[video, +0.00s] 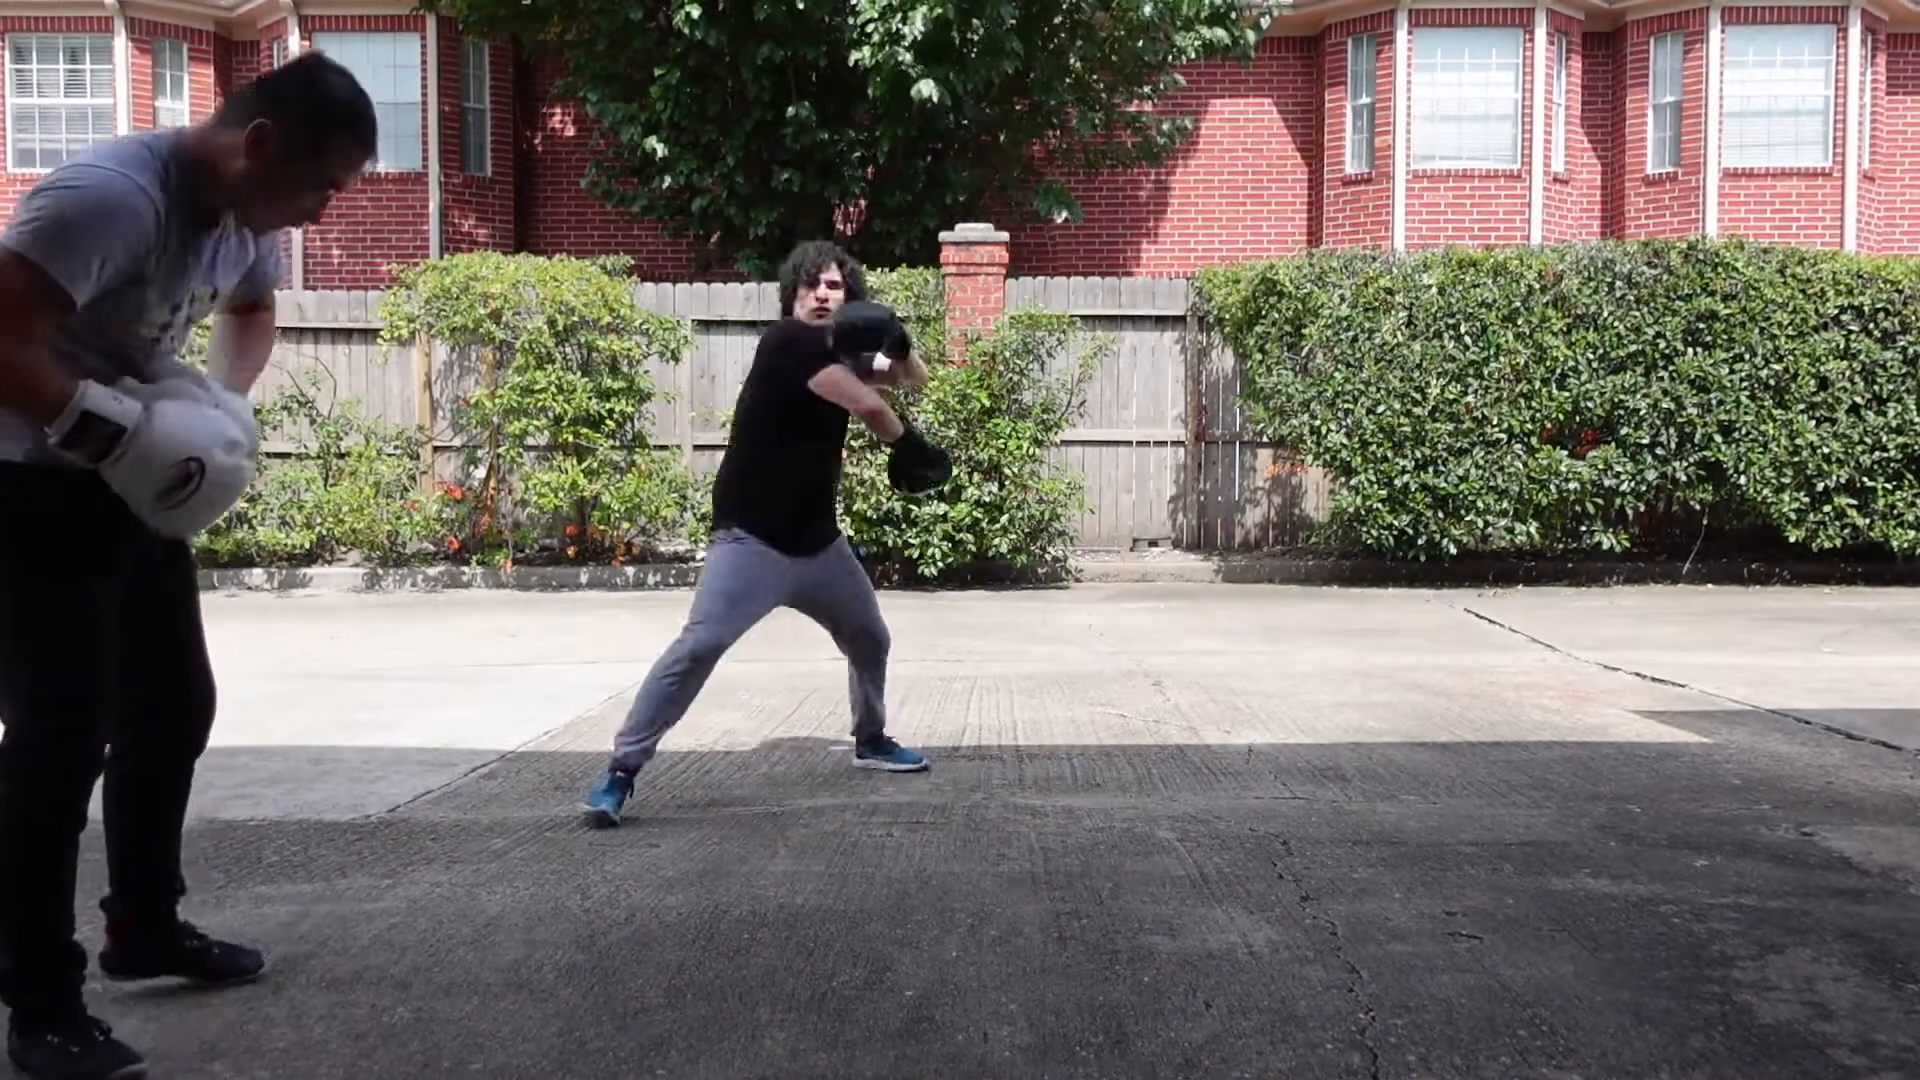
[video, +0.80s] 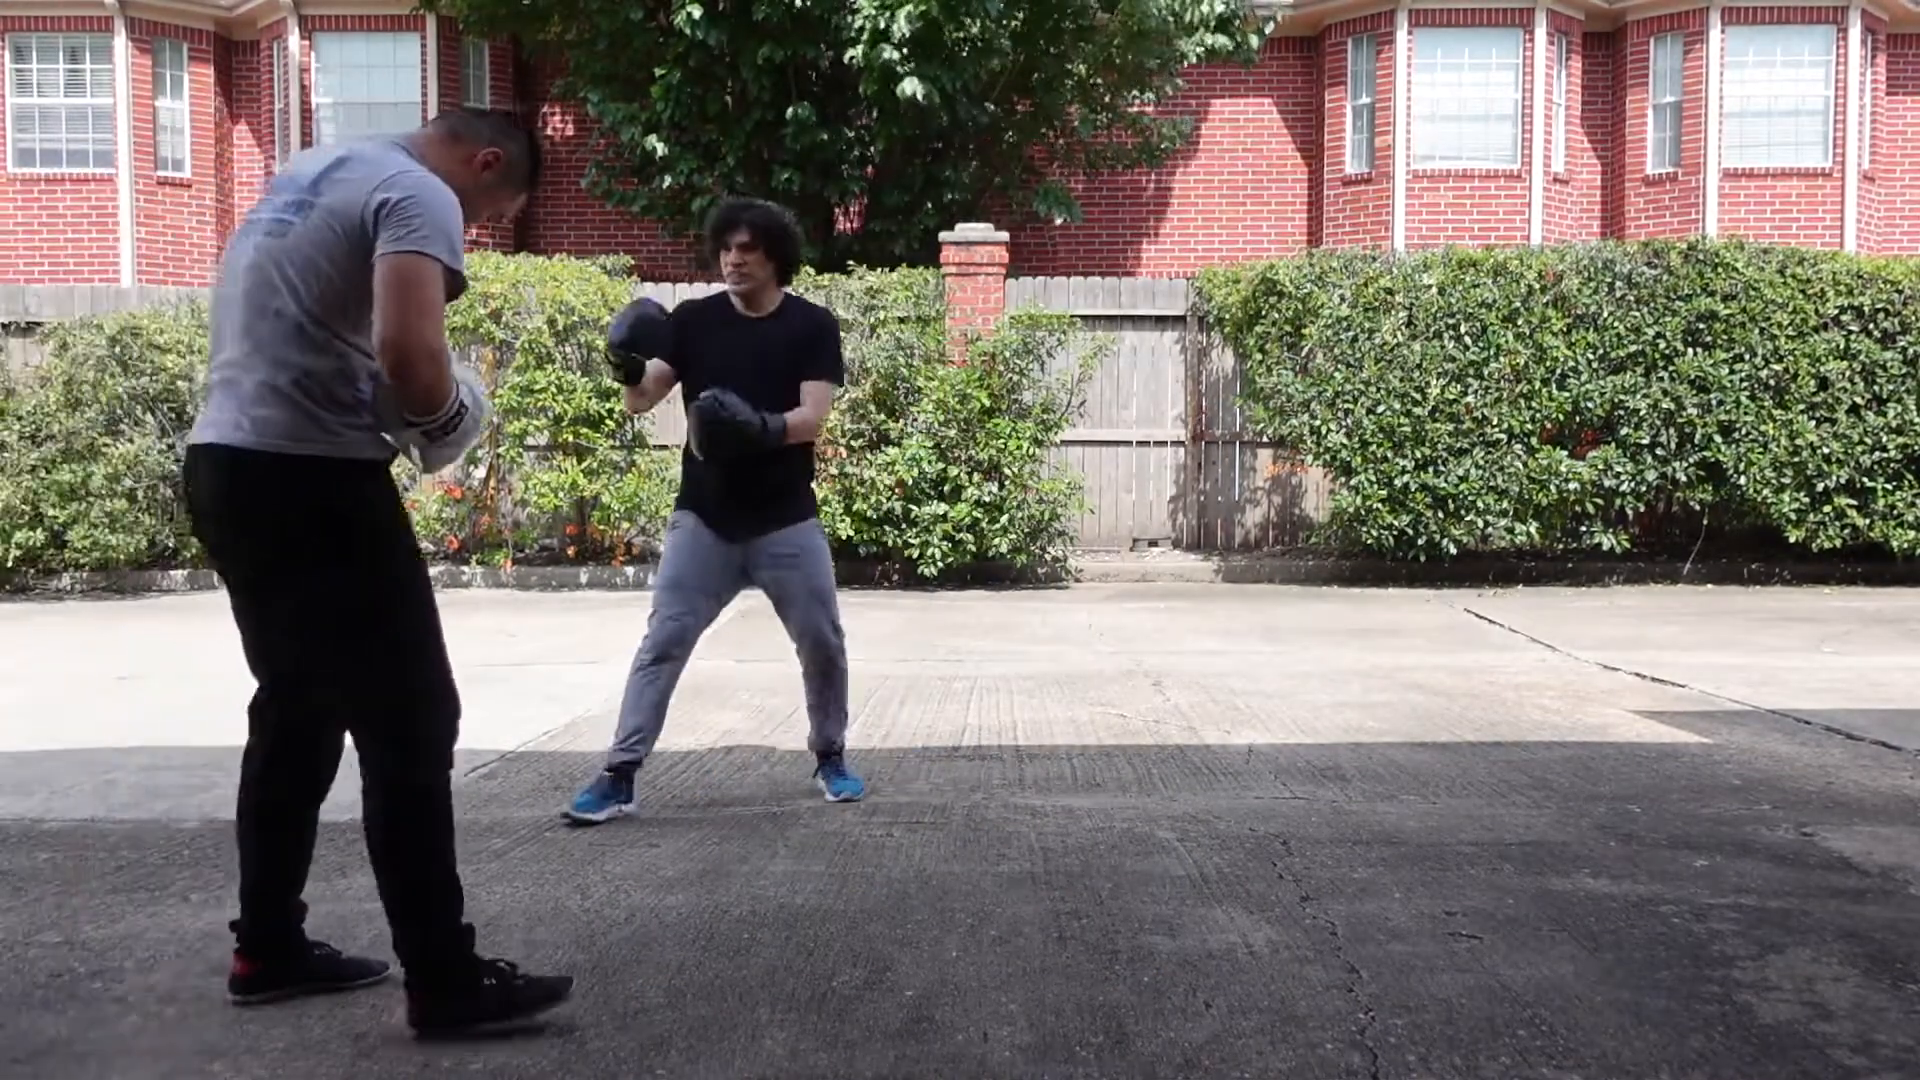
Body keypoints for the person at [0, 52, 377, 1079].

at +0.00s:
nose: (320, 212)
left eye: (332, 194)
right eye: (319, 188)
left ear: (268, 149)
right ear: (259, 142)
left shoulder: (243, 211)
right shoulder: (110, 196)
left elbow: (252, 309)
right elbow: (8, 339)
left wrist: (224, 400)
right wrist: (107, 429)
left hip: (127, 477)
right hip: (28, 476)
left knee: (170, 704)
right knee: (54, 735)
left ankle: (143, 926)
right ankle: (39, 1008)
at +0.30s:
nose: (412, 188)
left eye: (421, 164)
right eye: (413, 161)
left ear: (351, 139)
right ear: (362, 142)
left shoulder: (277, 215)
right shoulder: (233, 207)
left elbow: (232, 339)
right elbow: (115, 353)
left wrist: (270, 412)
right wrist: (216, 429)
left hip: (157, 490)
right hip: (88, 489)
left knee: (214, 727)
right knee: (112, 739)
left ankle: (261, 949)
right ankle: (46, 1017)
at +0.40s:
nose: (427, 184)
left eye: (436, 162)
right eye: (431, 159)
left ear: (363, 127)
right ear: (390, 136)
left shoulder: (279, 196)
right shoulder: (275, 205)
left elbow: (240, 339)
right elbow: (200, 365)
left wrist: (303, 402)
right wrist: (294, 431)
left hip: (201, 489)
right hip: (138, 492)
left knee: (265, 719)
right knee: (168, 742)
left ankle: (266, 946)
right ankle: (52, 1000)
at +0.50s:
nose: (438, 193)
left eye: (447, 175)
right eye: (446, 169)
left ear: (382, 118)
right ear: (418, 133)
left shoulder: (281, 175)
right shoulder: (311, 197)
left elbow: (255, 350)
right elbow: (273, 360)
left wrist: (345, 411)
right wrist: (354, 430)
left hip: (223, 483)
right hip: (201, 488)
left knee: (293, 713)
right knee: (255, 723)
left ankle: (268, 944)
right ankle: (99, 962)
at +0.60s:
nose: (434, 212)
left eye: (450, 198)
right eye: (451, 191)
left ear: (410, 130)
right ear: (437, 145)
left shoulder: (299, 167)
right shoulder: (344, 187)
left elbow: (286, 343)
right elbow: (326, 349)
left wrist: (374, 414)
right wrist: (389, 426)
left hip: (213, 474)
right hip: (254, 481)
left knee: (296, 718)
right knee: (336, 718)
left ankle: (271, 945)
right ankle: (175, 958)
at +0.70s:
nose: (456, 219)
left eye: (470, 206)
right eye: (471, 199)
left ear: (426, 132)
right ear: (458, 152)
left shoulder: (303, 168)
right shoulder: (378, 181)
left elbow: (276, 339)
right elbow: (366, 342)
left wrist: (378, 409)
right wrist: (422, 422)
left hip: (218, 468)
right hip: (292, 480)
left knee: (290, 707)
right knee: (390, 710)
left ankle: (270, 942)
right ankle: (306, 978)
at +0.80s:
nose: (477, 224)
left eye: (490, 216)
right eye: (491, 208)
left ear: (439, 135)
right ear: (481, 161)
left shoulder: (317, 169)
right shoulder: (415, 187)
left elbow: (283, 330)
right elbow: (409, 351)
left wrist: (384, 396)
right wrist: (443, 417)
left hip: (229, 467)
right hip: (318, 475)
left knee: (296, 703)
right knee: (413, 720)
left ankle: (270, 947)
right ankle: (445, 981)